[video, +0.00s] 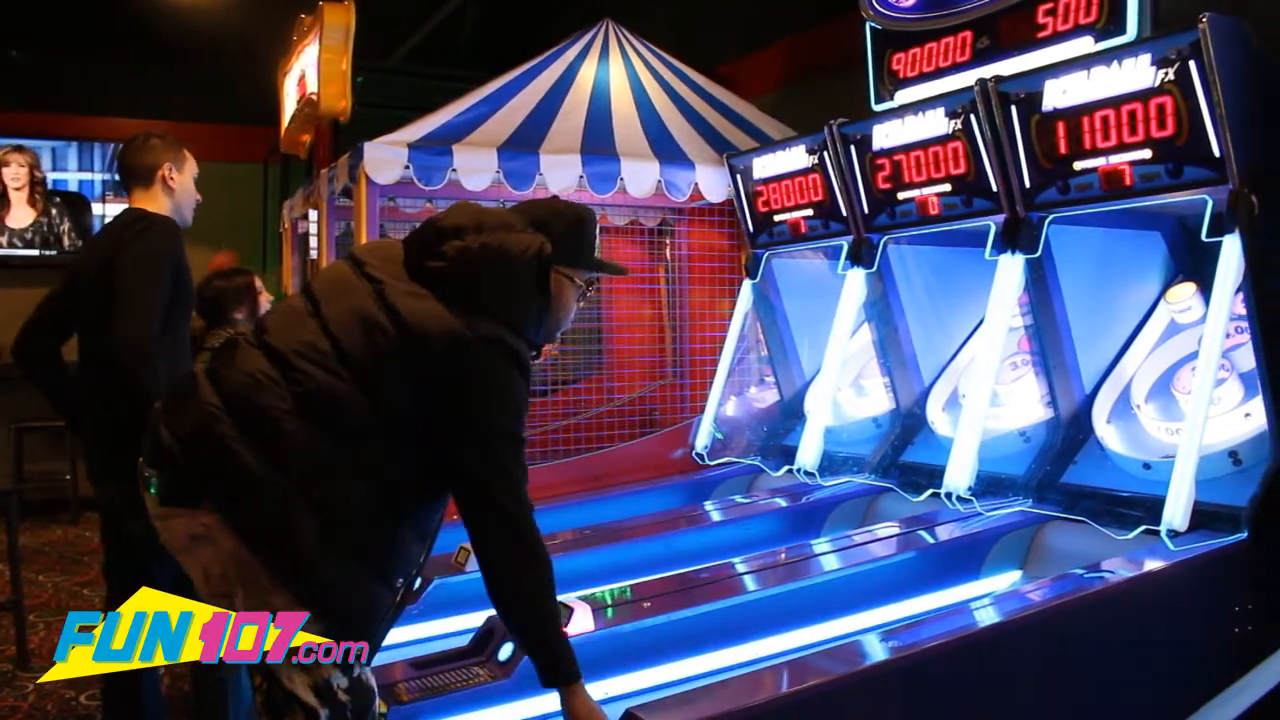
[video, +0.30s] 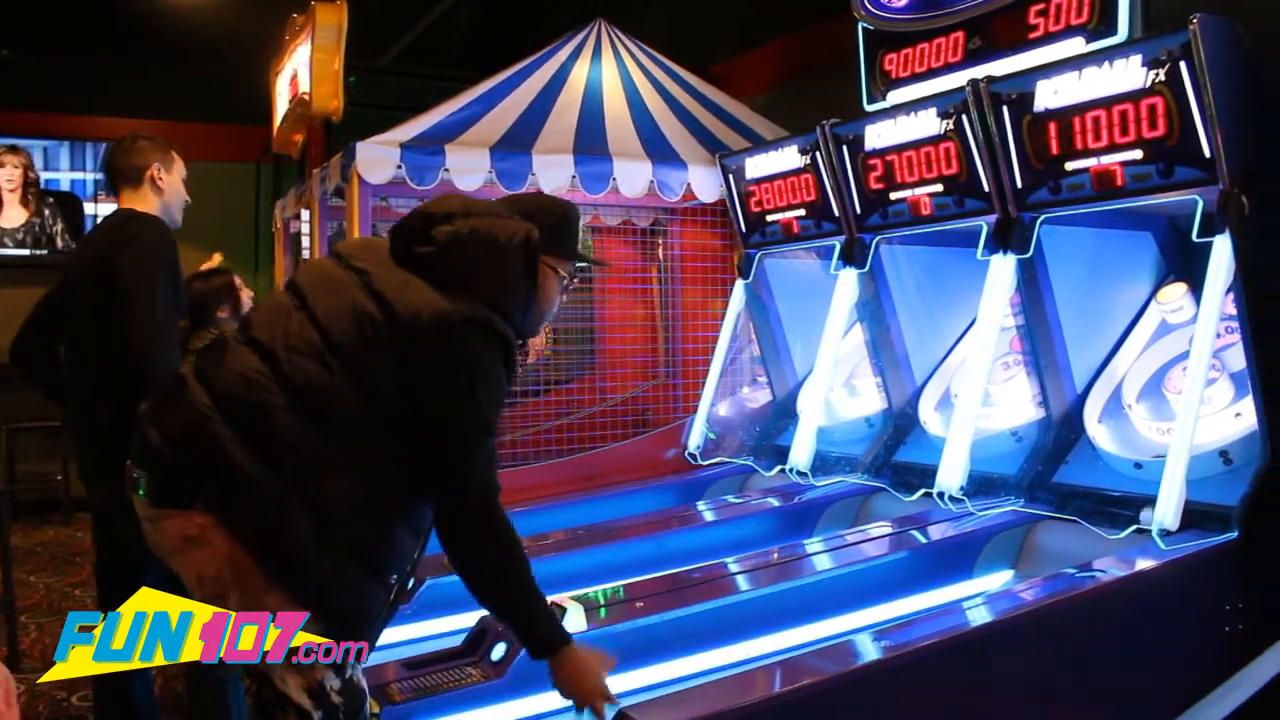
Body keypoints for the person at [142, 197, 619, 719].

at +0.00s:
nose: (579, 305)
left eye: (583, 288)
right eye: (576, 285)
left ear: (505, 259)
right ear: (538, 276)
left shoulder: (389, 261)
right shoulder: (483, 353)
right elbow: (506, 533)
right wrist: (569, 684)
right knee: (326, 695)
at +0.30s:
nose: (562, 298)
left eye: (567, 280)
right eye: (560, 277)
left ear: (492, 251)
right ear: (521, 264)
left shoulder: (371, 261)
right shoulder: (464, 335)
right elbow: (469, 514)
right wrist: (557, 646)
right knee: (322, 695)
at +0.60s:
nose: (550, 292)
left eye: (553, 274)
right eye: (549, 271)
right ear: (515, 257)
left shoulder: (361, 258)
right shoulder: (455, 323)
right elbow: (434, 494)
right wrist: (500, 632)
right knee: (318, 694)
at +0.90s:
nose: (555, 317)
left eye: (561, 298)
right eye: (556, 295)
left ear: (490, 260)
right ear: (526, 278)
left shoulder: (379, 265)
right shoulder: (458, 330)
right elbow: (368, 482)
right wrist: (303, 639)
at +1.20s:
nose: (552, 304)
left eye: (558, 285)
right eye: (553, 283)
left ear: (464, 245)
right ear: (520, 272)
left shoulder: (359, 262)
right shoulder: (480, 335)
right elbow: (546, 475)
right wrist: (642, 532)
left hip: (173, 478)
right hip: (253, 513)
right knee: (315, 694)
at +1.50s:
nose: (556, 281)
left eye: (558, 264)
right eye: (553, 262)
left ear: (455, 234)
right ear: (518, 257)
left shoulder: (364, 258)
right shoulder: (485, 319)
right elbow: (565, 468)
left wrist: (407, 541)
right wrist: (683, 531)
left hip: (185, 474)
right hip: (260, 508)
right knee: (326, 693)